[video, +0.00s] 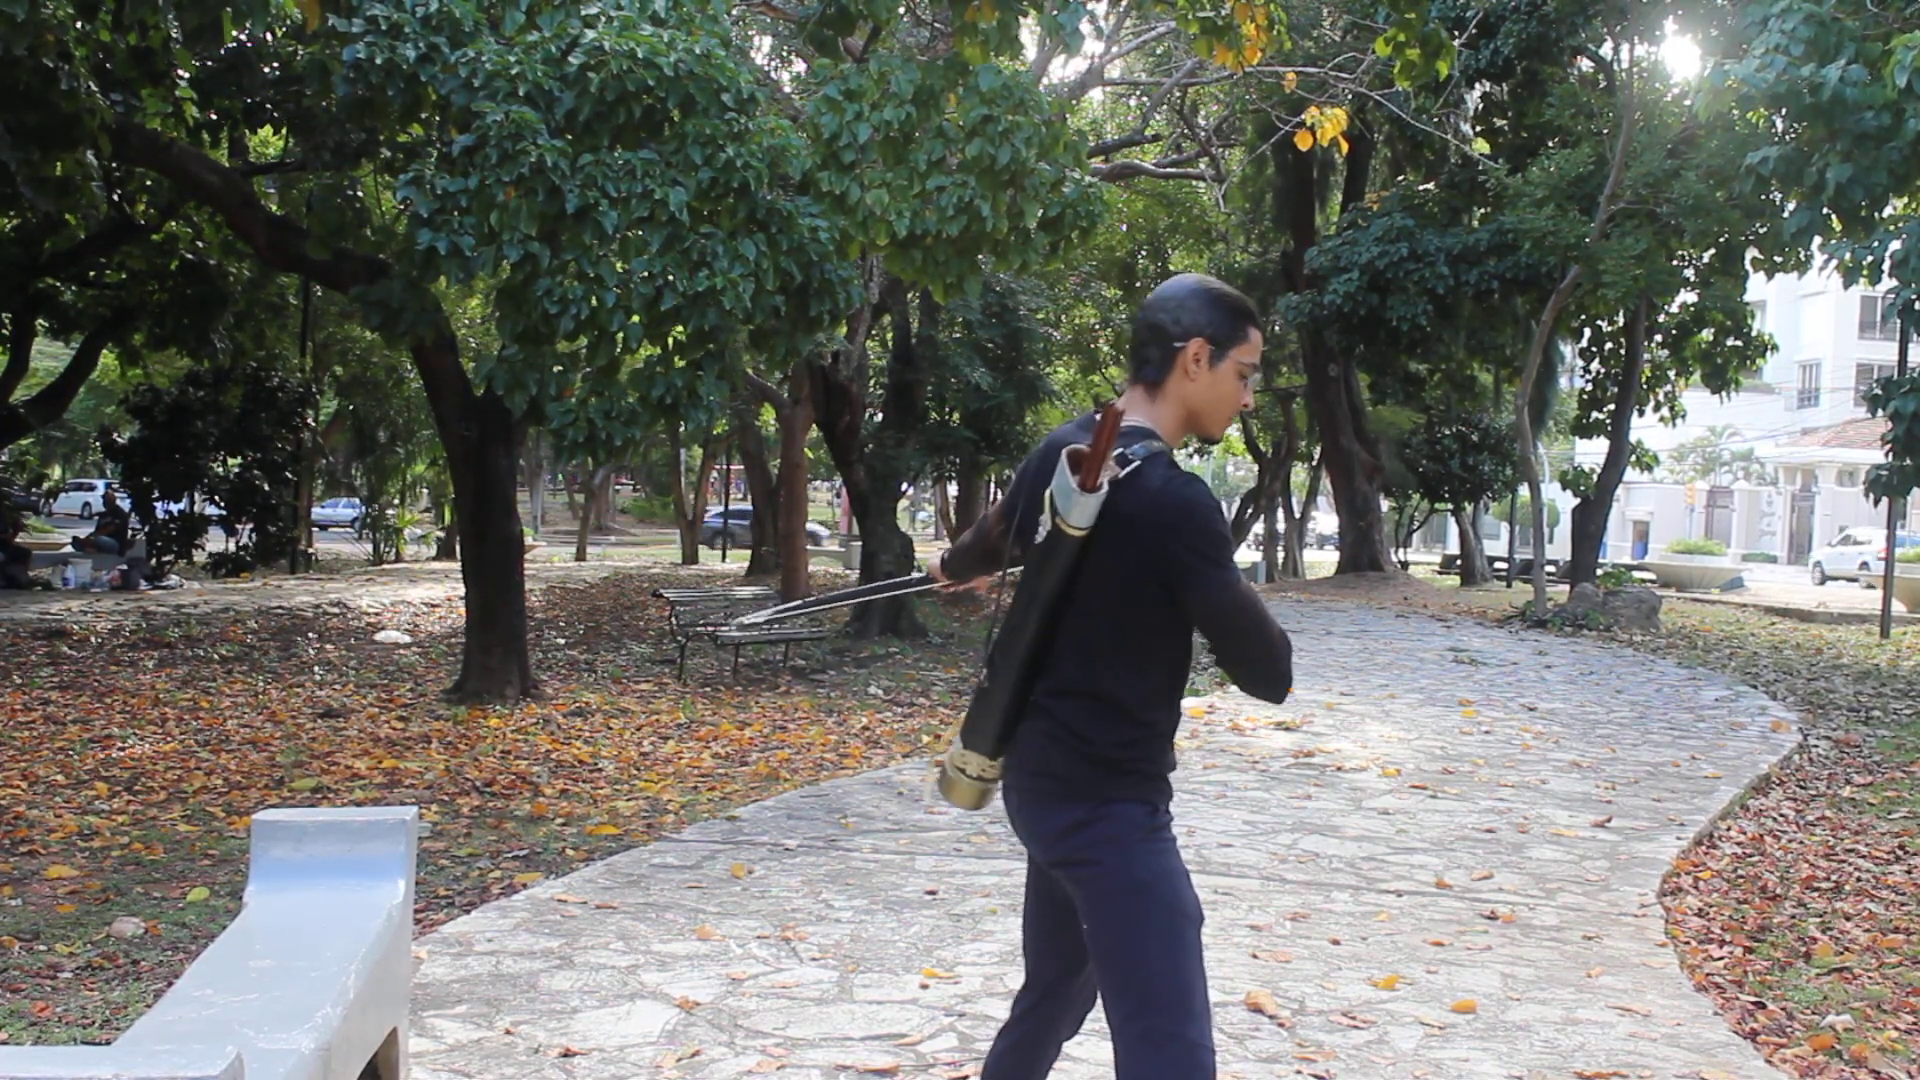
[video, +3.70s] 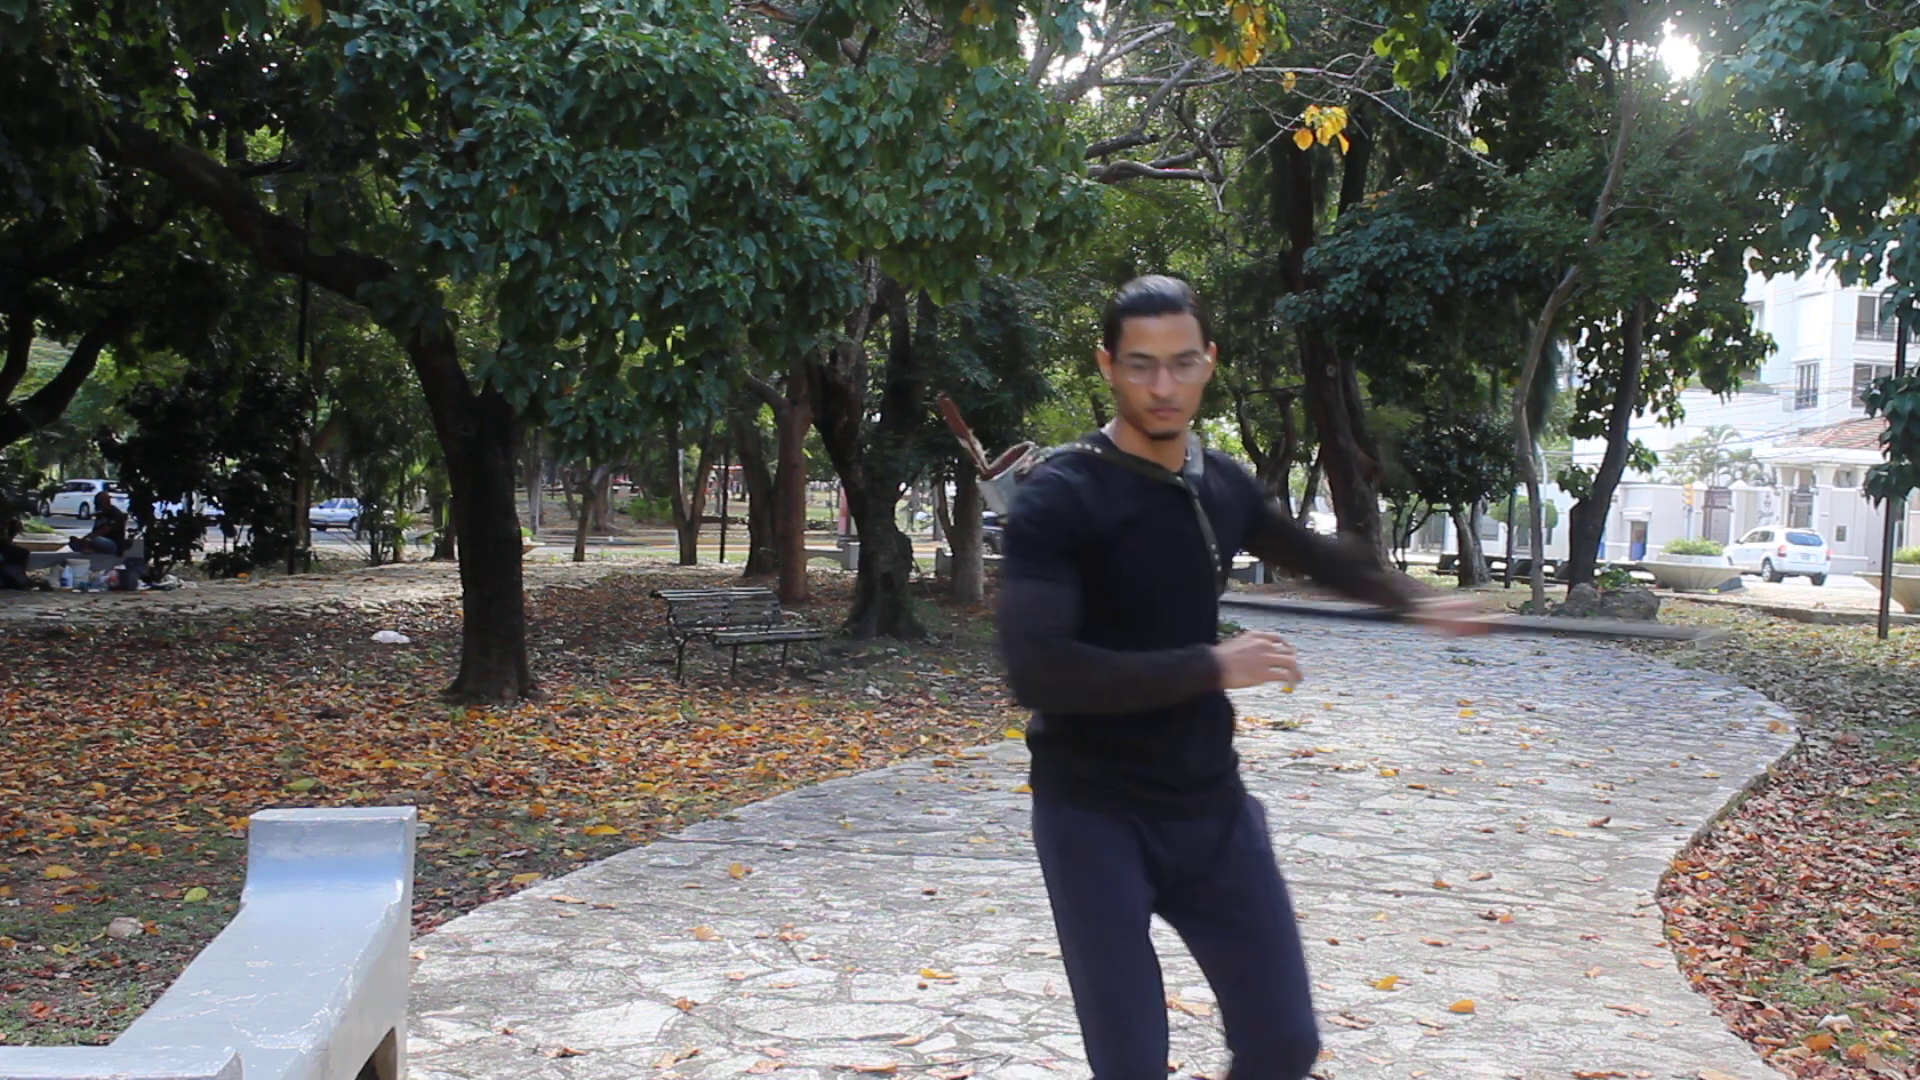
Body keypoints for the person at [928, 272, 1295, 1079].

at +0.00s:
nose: (1250, 397)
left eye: (1253, 378)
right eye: (1245, 374)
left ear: (1173, 359)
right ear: (1192, 359)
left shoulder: (1066, 445)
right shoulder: (1174, 496)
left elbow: (985, 543)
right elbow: (1270, 674)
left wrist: (955, 567)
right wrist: (1221, 583)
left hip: (1046, 781)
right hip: (1107, 801)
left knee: (1053, 1000)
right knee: (1171, 1052)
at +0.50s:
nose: (1221, 423)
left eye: (1229, 405)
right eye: (1225, 399)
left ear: (1138, 373)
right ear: (1188, 376)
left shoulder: (1044, 456)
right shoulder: (1156, 491)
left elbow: (980, 609)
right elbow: (1182, 679)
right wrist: (1193, 631)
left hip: (1013, 763)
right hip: (1078, 779)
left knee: (1070, 1012)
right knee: (1137, 1041)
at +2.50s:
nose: (1190, 393)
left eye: (1192, 375)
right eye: (1176, 372)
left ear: (1111, 377)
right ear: (1116, 372)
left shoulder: (1029, 456)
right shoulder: (1137, 494)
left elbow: (958, 554)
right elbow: (1225, 630)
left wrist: (907, 599)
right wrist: (1161, 565)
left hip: (1021, 747)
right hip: (1068, 765)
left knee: (1006, 959)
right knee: (1102, 997)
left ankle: (968, 1071)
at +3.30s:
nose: (1219, 425)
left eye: (1226, 406)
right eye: (1202, 403)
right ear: (1142, 402)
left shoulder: (1089, 475)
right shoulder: (1140, 517)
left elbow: (1013, 567)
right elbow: (1240, 679)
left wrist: (956, 624)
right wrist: (1187, 592)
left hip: (1075, 784)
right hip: (1069, 796)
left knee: (1046, 980)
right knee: (1155, 1018)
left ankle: (988, 1072)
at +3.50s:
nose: (1214, 417)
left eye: (1225, 395)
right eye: (1191, 395)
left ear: (1236, 394)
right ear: (1136, 395)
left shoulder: (1167, 505)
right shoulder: (1103, 513)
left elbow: (1162, 654)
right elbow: (1187, 689)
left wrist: (1215, 647)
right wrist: (1250, 646)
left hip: (1158, 803)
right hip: (1079, 806)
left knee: (1146, 1025)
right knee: (1155, 1047)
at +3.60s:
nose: (1192, 404)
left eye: (1207, 380)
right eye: (1168, 381)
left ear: (1224, 381)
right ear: (1124, 383)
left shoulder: (1183, 495)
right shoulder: (1077, 507)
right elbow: (1109, 684)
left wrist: (1239, 642)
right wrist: (1247, 660)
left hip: (1185, 798)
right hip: (1085, 805)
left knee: (1235, 1026)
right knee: (1146, 1056)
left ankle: (1155, 1067)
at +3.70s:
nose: (1163, 387)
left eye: (1182, 364)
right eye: (1141, 365)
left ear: (1208, 364)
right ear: (1106, 366)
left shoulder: (1221, 485)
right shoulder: (1053, 496)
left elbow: (1312, 556)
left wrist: (1412, 601)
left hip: (1210, 801)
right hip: (1090, 810)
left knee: (1282, 1044)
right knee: (1133, 1062)